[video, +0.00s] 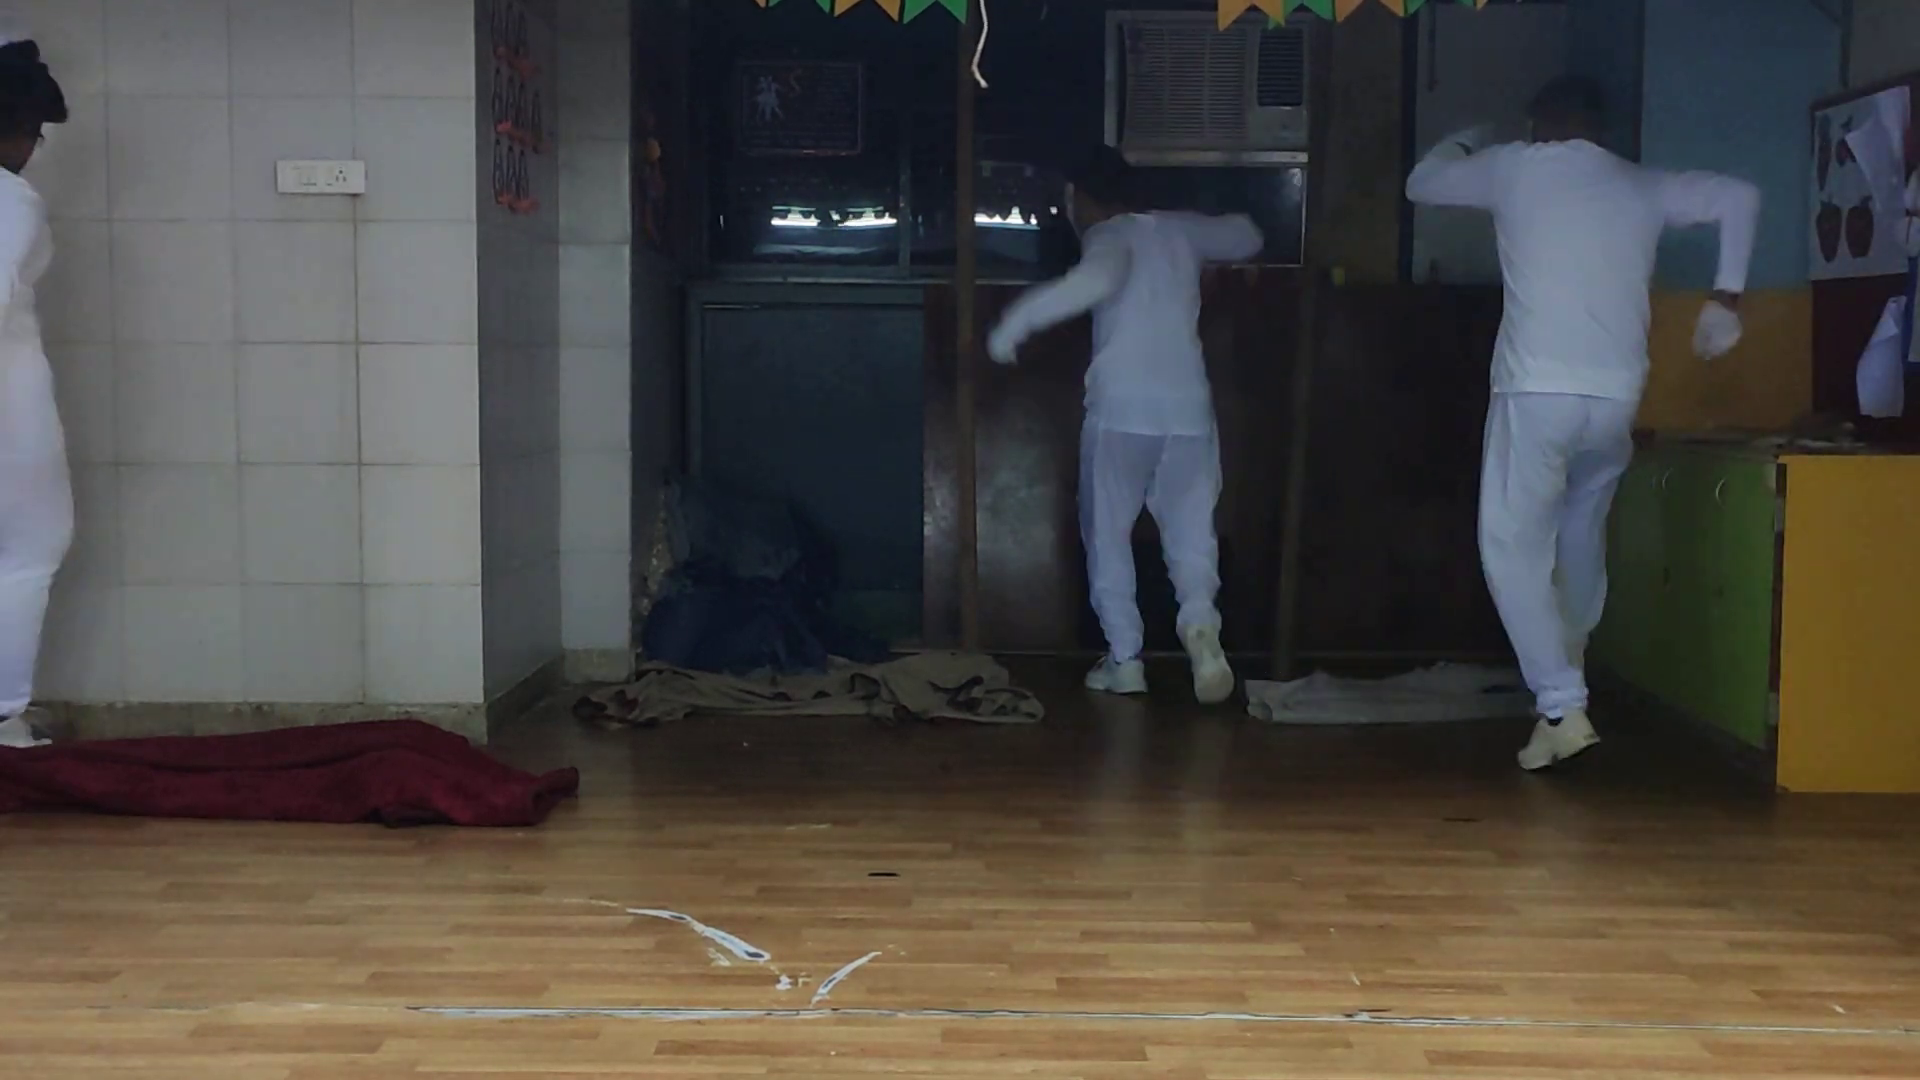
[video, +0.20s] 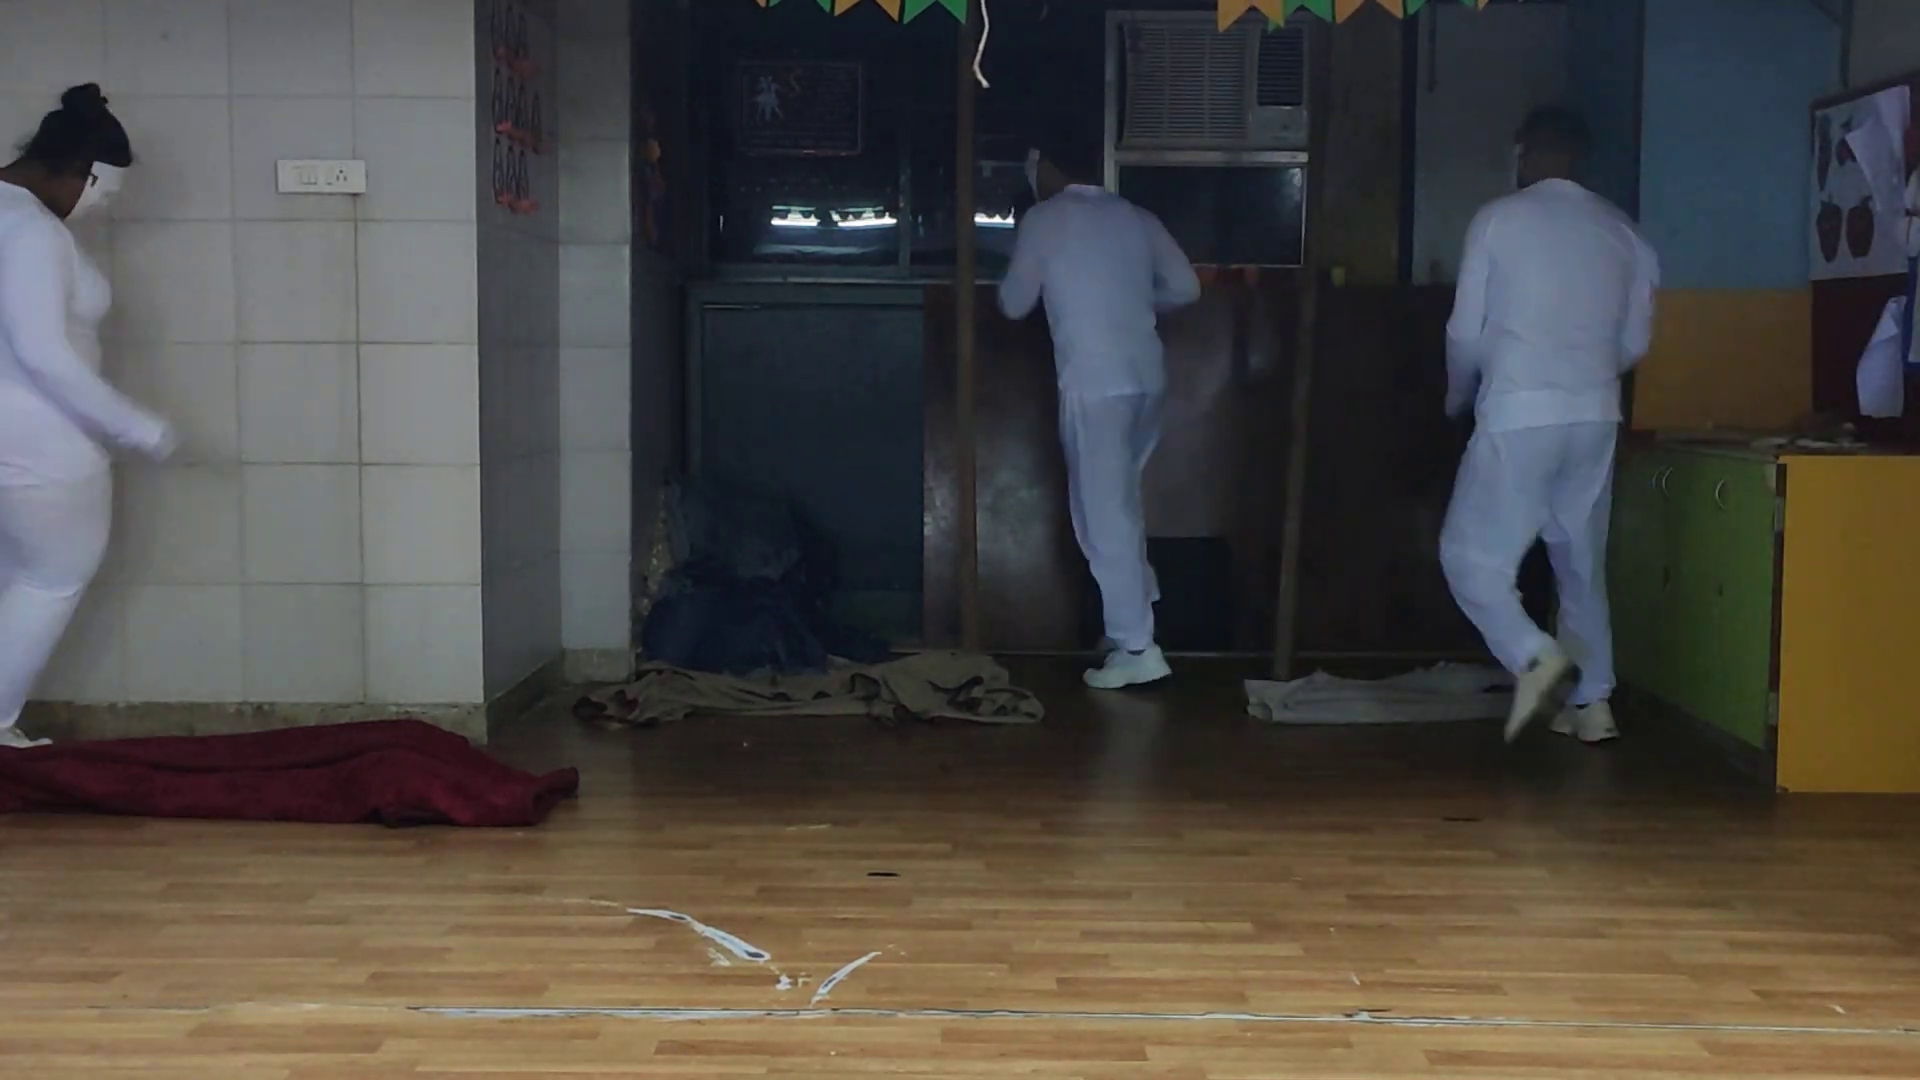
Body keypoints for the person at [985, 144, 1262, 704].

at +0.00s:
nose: (1067, 210)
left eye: (1070, 199)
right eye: (1068, 199)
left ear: (1086, 196)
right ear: (1126, 193)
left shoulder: (1108, 237)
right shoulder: (1181, 229)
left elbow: (1095, 282)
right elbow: (1246, 236)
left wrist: (1013, 324)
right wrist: (1215, 229)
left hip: (1123, 414)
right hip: (1189, 415)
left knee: (1107, 536)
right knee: (1191, 528)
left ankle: (1124, 661)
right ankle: (1200, 622)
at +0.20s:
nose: (1034, 176)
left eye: (1036, 166)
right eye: (1035, 166)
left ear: (1049, 167)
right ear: (1090, 166)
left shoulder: (1043, 220)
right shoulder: (1136, 217)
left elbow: (1014, 302)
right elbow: (1183, 288)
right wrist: (1128, 297)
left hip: (1093, 384)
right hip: (1148, 379)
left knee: (1104, 511)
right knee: (1121, 498)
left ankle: (1136, 649)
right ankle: (1136, 608)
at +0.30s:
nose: (1025, 185)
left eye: (1028, 175)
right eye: (1029, 175)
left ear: (1038, 179)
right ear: (1084, 180)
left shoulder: (1026, 229)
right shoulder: (1114, 227)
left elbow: (957, 245)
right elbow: (1164, 244)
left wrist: (918, 190)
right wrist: (1135, 190)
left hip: (1071, 394)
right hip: (1124, 392)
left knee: (1092, 518)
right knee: (1102, 515)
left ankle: (1157, 648)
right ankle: (1083, 624)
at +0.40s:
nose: (1011, 214)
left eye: (1015, 206)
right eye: (1016, 206)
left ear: (1023, 209)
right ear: (1064, 211)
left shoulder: (1011, 252)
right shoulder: (1096, 258)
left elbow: (929, 267)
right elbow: (1146, 256)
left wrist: (892, 232)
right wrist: (1114, 217)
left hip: (1049, 425)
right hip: (1102, 422)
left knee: (1039, 546)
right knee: (1083, 533)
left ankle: (1136, 631)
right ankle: (1077, 640)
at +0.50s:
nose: (970, 209)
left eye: (973, 199)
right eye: (972, 200)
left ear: (989, 200)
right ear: (1025, 201)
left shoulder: (990, 248)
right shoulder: (1069, 247)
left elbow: (961, 331)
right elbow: (1115, 317)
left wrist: (937, 351)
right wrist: (1068, 346)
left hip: (1031, 402)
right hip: (1083, 402)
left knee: (996, 515)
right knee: (1069, 514)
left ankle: (1065, 615)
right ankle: (1080, 637)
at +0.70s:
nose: (901, 226)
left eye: (905, 214)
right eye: (898, 215)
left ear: (933, 208)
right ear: (945, 206)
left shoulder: (945, 257)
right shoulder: (998, 245)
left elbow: (918, 332)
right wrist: (923, 270)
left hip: (989, 412)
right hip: (1035, 407)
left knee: (933, 516)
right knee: (1048, 522)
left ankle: (937, 633)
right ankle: (1077, 638)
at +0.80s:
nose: (877, 230)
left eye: (883, 220)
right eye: (875, 220)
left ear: (913, 216)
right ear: (926, 218)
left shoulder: (919, 264)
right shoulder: (967, 255)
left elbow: (847, 279)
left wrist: (785, 223)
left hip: (965, 424)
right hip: (1002, 420)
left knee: (913, 529)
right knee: (979, 525)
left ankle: (937, 637)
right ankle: (1042, 601)